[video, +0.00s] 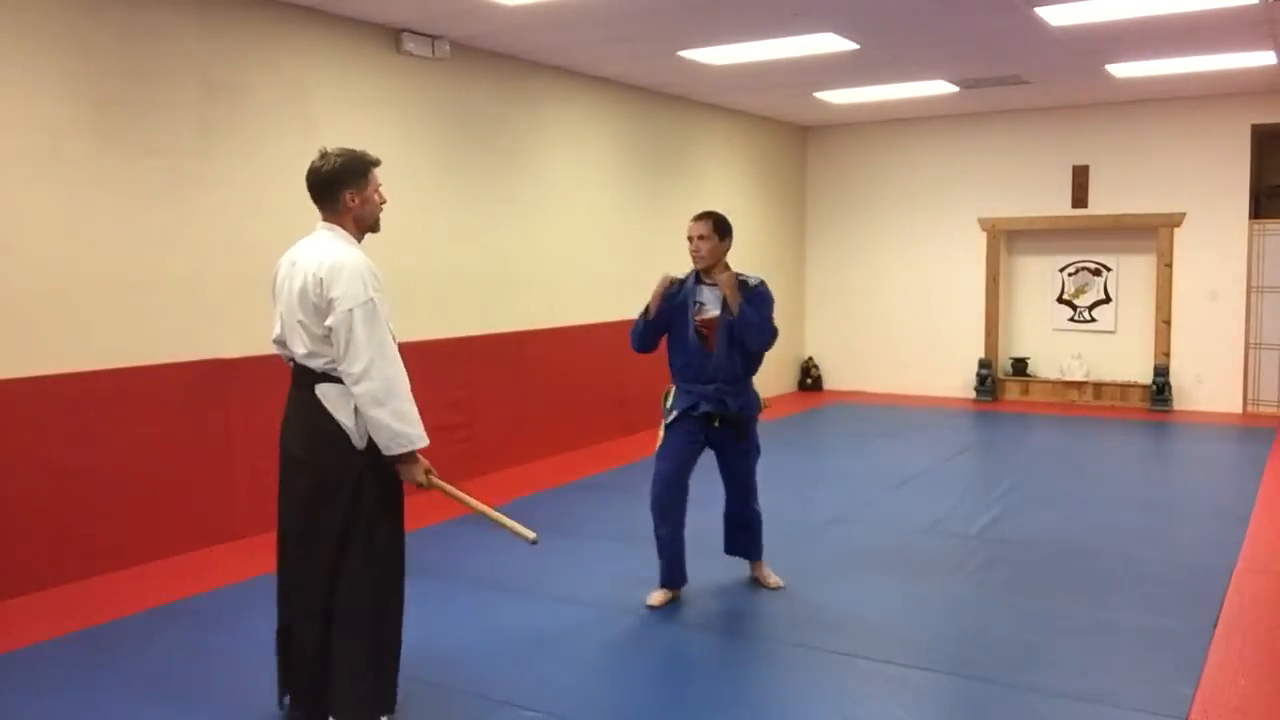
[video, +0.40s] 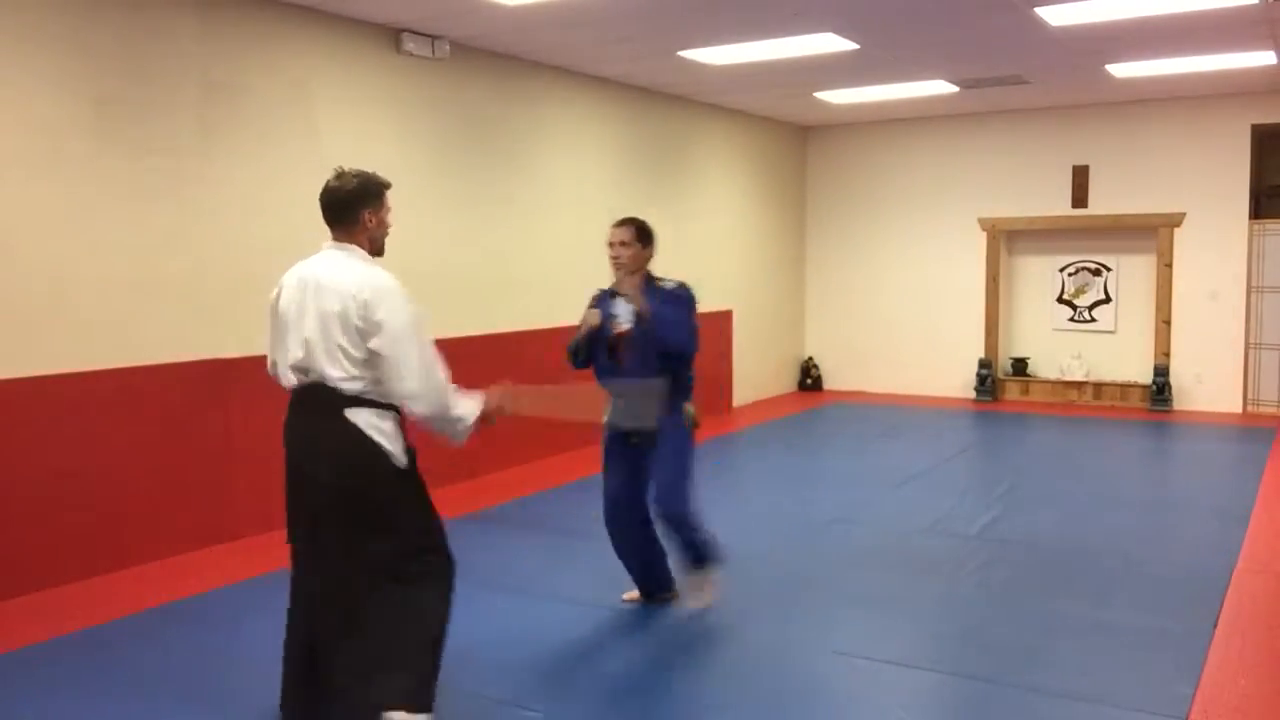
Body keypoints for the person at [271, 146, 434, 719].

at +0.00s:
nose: (384, 198)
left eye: (380, 187)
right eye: (376, 189)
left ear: (334, 200)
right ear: (351, 199)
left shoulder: (297, 256)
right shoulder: (348, 266)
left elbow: (290, 343)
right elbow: (371, 368)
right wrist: (406, 450)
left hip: (303, 418)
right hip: (347, 426)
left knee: (309, 560)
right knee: (363, 565)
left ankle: (305, 696)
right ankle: (358, 703)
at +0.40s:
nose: (389, 223)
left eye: (388, 212)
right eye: (386, 214)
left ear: (333, 220)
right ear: (368, 219)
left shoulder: (294, 280)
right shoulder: (376, 287)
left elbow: (281, 367)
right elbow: (417, 388)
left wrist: (343, 375)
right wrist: (474, 407)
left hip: (304, 430)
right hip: (365, 435)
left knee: (321, 565)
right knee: (424, 561)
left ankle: (313, 703)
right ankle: (401, 701)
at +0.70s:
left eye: (354, 212)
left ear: (349, 218)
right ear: (405, 214)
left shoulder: (328, 289)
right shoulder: (451, 279)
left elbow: (291, 390)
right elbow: (482, 356)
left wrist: (289, 430)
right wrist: (429, 344)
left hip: (364, 444)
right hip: (444, 440)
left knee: (346, 580)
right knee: (449, 586)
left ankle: (323, 696)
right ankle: (456, 706)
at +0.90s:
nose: (357, 217)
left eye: (356, 211)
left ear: (356, 214)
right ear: (413, 213)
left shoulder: (347, 267)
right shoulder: (457, 269)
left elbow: (330, 341)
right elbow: (467, 341)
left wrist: (275, 417)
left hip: (392, 441)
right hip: (470, 433)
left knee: (354, 593)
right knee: (474, 588)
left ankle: (364, 705)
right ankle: (476, 705)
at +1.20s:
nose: (388, 282)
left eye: (388, 274)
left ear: (389, 278)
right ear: (443, 278)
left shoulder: (384, 325)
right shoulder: (477, 330)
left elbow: (328, 405)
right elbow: (505, 412)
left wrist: (274, 471)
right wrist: (417, 476)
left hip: (447, 480)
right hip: (517, 474)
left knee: (379, 619)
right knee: (501, 617)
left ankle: (367, 705)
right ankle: (505, 706)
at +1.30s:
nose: (409, 276)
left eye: (409, 269)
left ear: (410, 272)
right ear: (463, 270)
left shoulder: (401, 329)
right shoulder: (504, 326)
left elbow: (352, 421)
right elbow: (539, 406)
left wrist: (323, 490)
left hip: (470, 482)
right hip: (537, 471)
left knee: (395, 623)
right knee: (534, 612)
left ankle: (375, 708)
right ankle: (580, 708)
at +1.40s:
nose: (435, 260)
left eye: (433, 252)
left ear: (435, 254)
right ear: (487, 250)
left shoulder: (427, 316)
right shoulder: (535, 308)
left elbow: (395, 419)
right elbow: (569, 396)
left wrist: (377, 489)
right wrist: (610, 441)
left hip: (497, 473)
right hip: (565, 462)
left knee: (433, 613)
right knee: (568, 607)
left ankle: (403, 708)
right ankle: (577, 709)